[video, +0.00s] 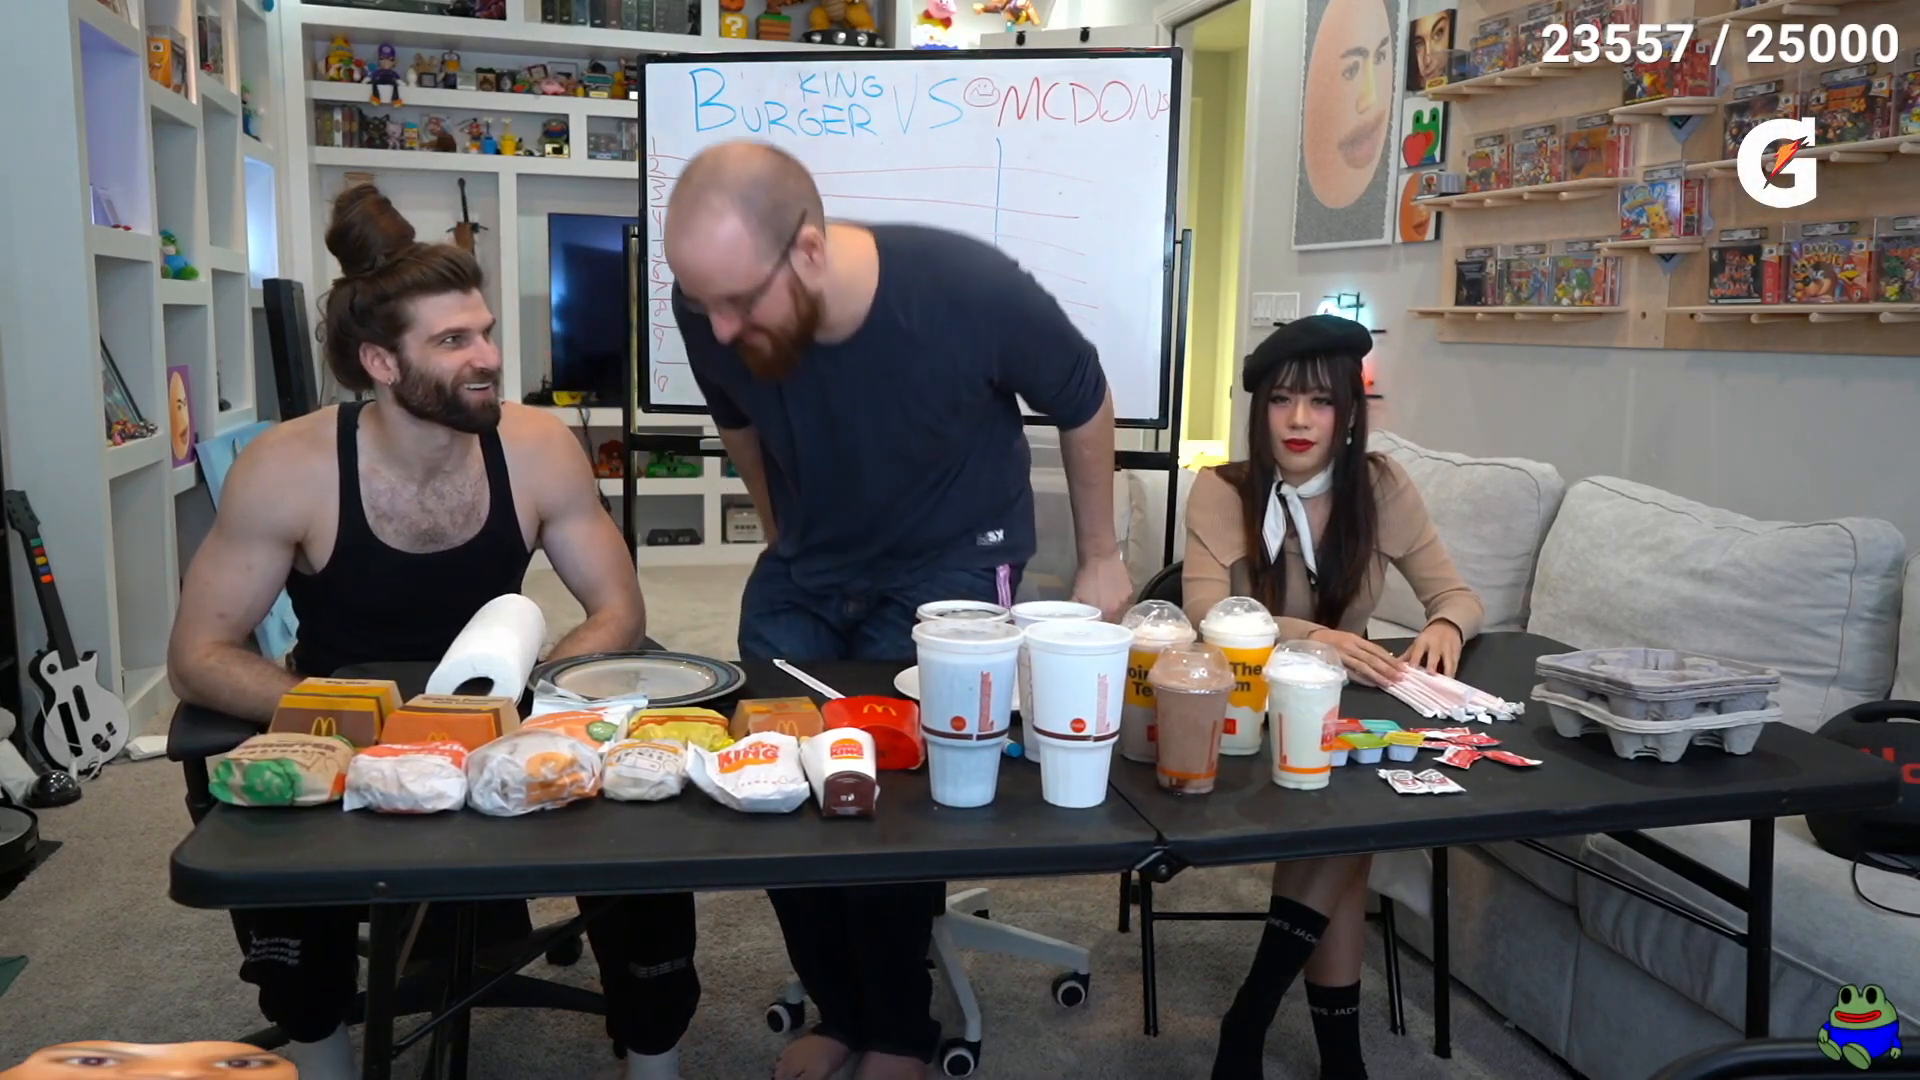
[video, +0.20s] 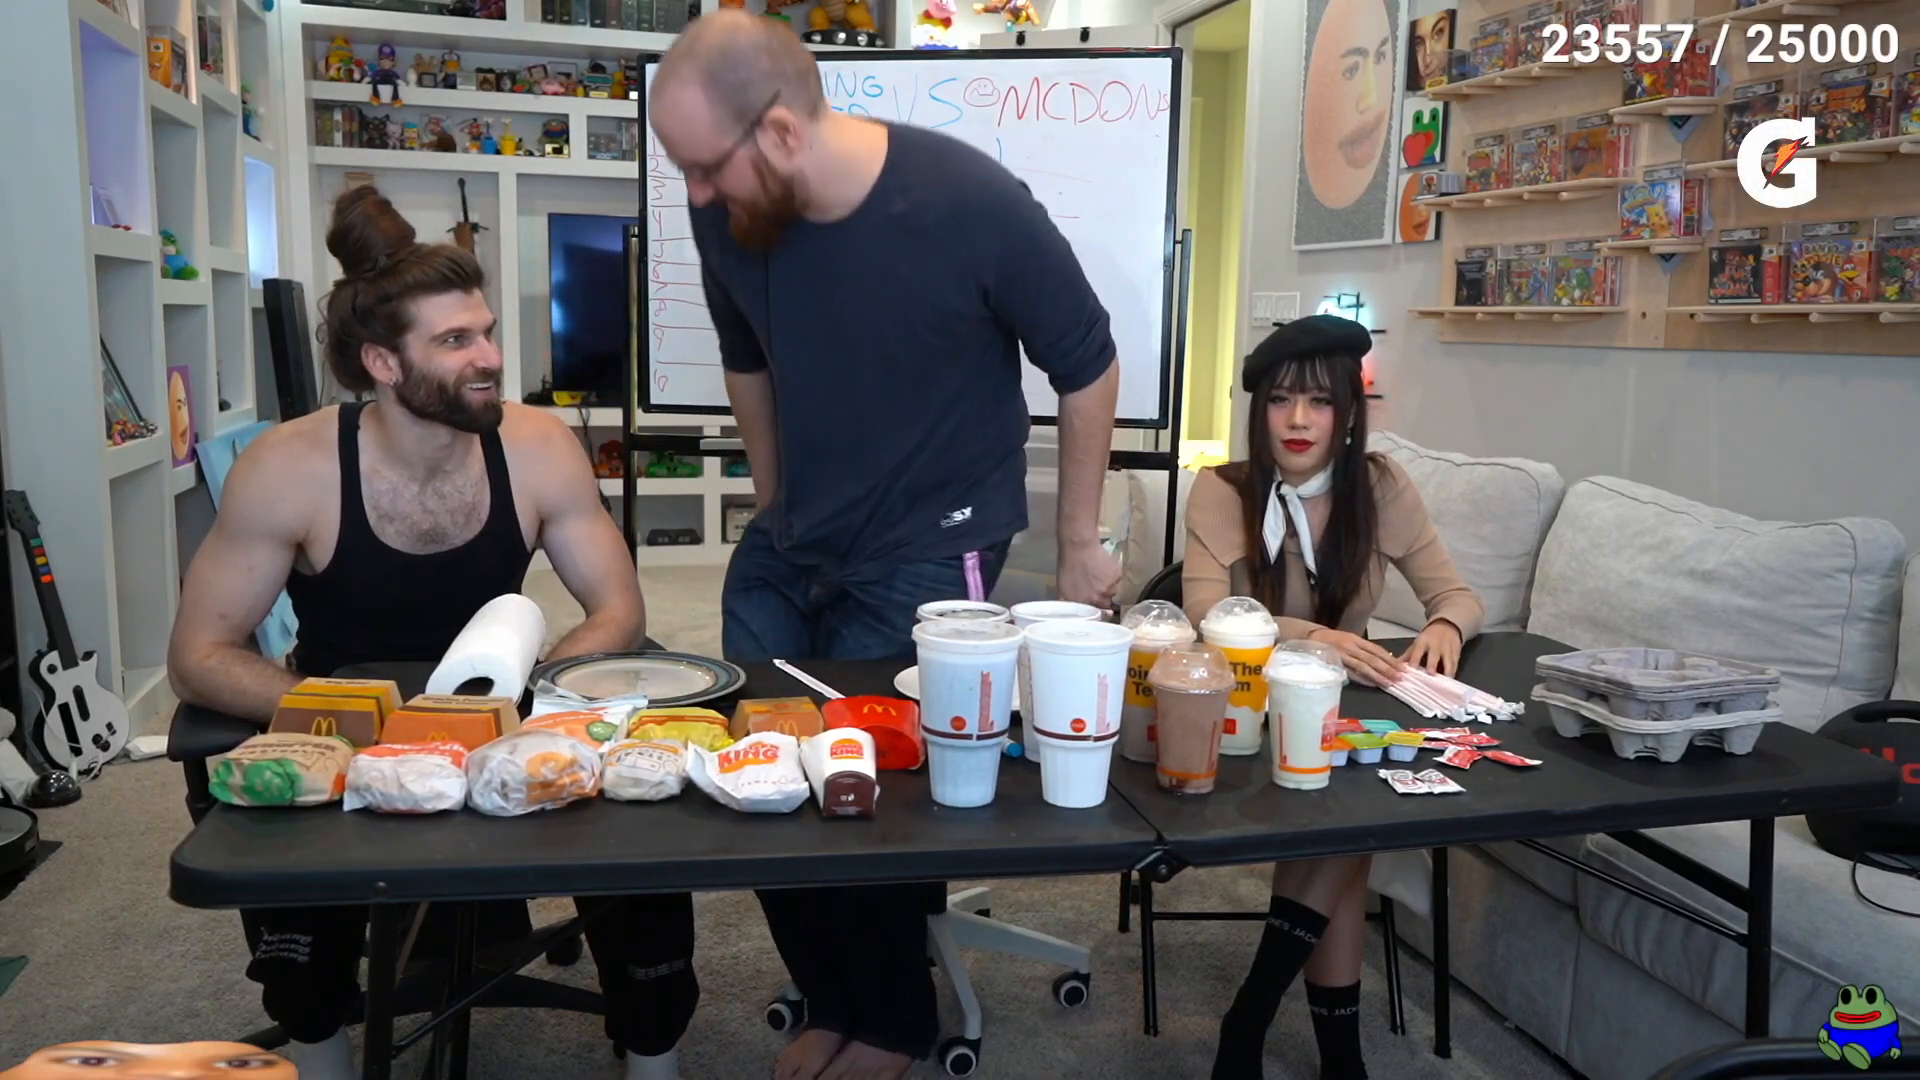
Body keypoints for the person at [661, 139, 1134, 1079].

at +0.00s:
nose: (724, 330)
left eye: (741, 301)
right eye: (703, 305)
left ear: (808, 249)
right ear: (681, 266)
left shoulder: (968, 289)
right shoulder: (706, 311)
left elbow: (1082, 398)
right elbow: (741, 427)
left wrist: (1099, 554)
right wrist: (783, 542)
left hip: (944, 581)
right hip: (807, 577)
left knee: (882, 811)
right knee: (772, 796)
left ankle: (900, 1040)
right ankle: (834, 1019)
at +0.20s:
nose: (696, 191)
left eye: (707, 166)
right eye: (686, 169)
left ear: (783, 127)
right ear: (766, 129)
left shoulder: (972, 204)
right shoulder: (724, 203)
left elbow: (1087, 360)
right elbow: (747, 362)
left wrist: (1079, 542)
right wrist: (774, 506)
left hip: (928, 555)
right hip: (789, 545)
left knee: (861, 798)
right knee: (754, 784)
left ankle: (899, 1028)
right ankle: (827, 1010)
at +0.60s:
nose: (653, 80)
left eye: (645, 51)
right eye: (640, 58)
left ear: (698, 19)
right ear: (707, 19)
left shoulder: (891, 126)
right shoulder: (762, 130)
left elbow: (998, 344)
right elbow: (814, 333)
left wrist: (935, 535)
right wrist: (788, 484)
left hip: (878, 528)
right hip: (781, 510)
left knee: (861, 788)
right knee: (725, 742)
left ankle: (894, 1026)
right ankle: (785, 977)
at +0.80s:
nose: (621, 86)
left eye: (607, 55)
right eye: (606, 63)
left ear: (644, 22)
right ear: (666, 18)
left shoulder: (814, 109)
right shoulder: (761, 118)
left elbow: (935, 322)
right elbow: (816, 325)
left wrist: (836, 500)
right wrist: (785, 479)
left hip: (872, 499)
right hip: (787, 484)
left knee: (832, 746)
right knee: (703, 702)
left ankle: (892, 1022)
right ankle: (742, 967)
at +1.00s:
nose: (588, 89)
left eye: (576, 60)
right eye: (576, 68)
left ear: (607, 28)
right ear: (643, 21)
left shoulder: (749, 92)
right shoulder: (730, 103)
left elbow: (815, 310)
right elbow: (791, 312)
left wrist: (696, 422)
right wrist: (734, 441)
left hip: (829, 477)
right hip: (777, 477)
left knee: (795, 739)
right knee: (688, 699)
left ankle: (894, 1021)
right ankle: (710, 913)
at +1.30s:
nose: (519, 77)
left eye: (512, 53)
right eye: (517, 56)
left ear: (530, 32)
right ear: (607, 21)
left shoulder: (620, 120)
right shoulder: (707, 101)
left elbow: (654, 331)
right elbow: (734, 291)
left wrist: (564, 359)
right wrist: (614, 359)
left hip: (715, 460)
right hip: (779, 441)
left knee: (699, 719)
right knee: (718, 697)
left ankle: (856, 956)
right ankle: (721, 902)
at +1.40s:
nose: (489, 88)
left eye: (481, 68)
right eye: (482, 71)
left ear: (493, 55)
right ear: (576, 35)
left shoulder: (566, 137)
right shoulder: (689, 111)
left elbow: (606, 338)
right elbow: (716, 291)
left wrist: (524, 384)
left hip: (683, 477)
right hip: (774, 457)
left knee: (657, 707)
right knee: (740, 703)